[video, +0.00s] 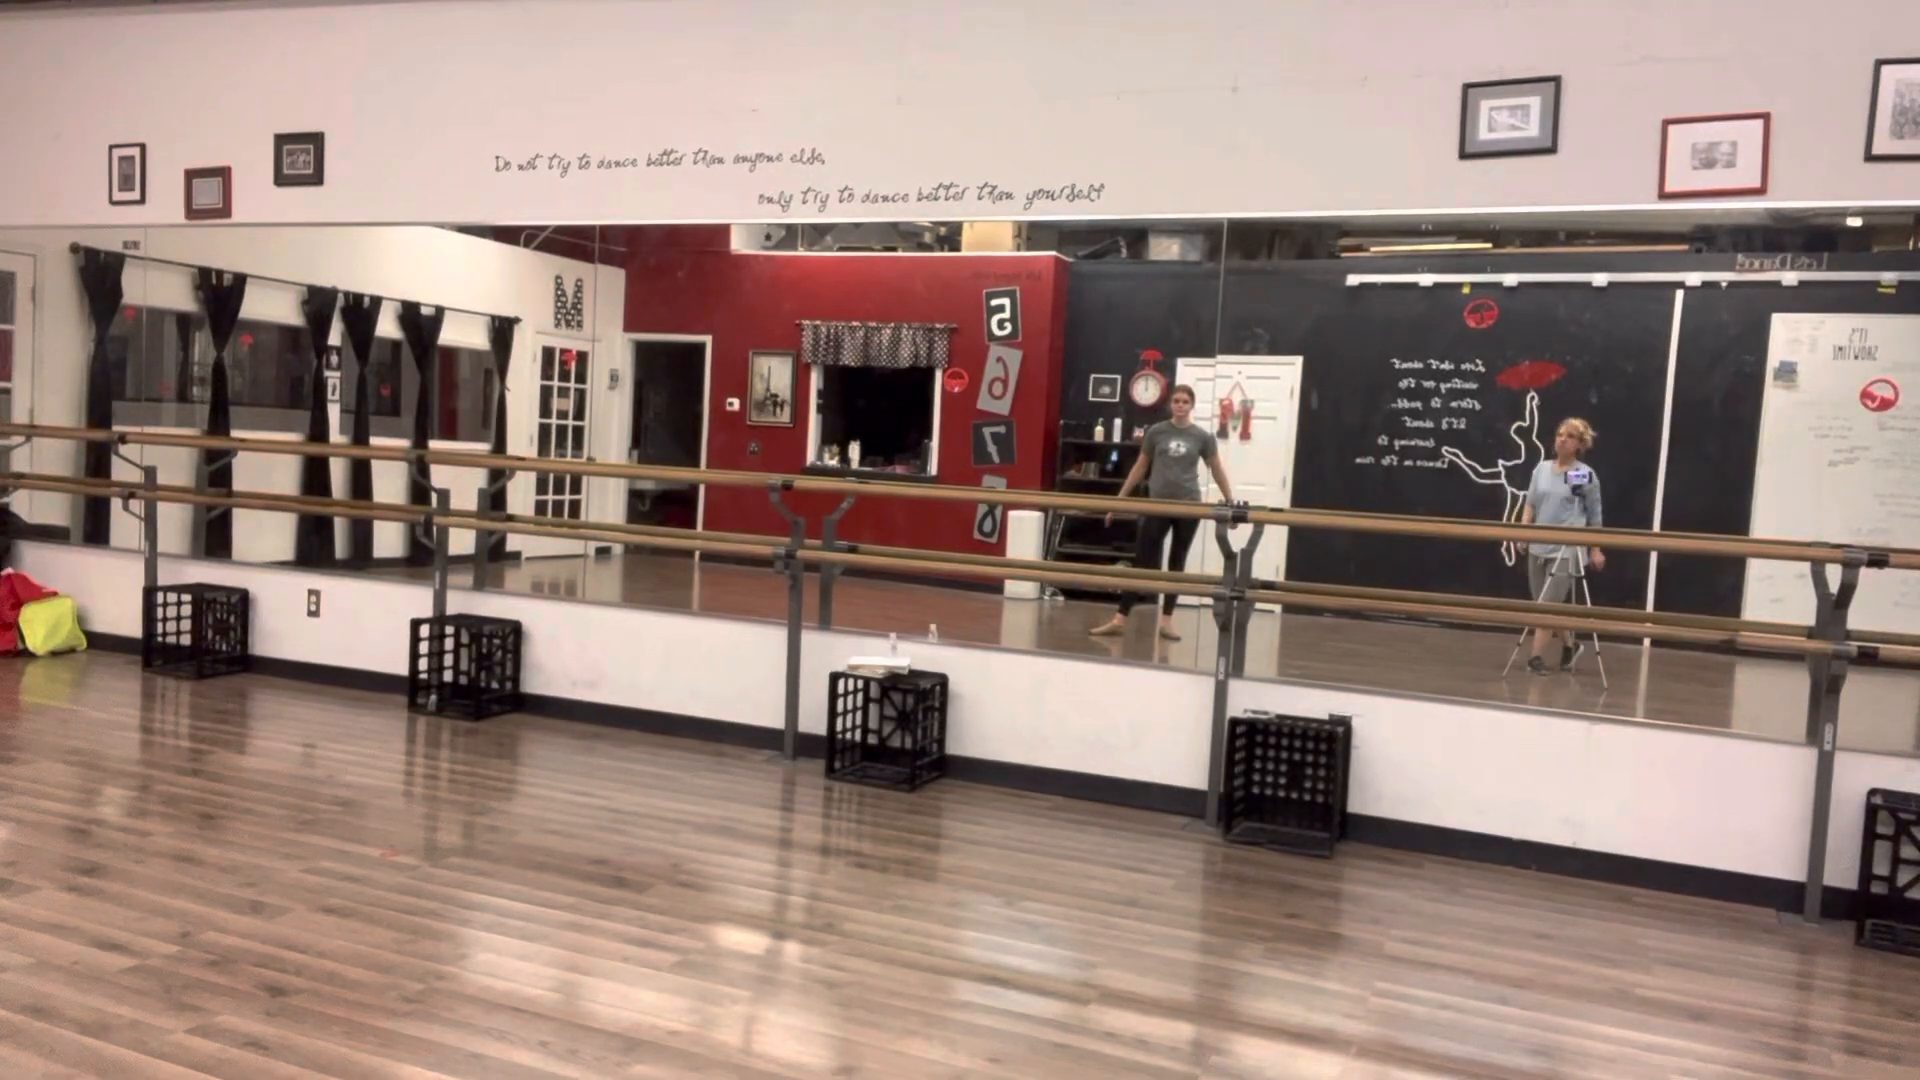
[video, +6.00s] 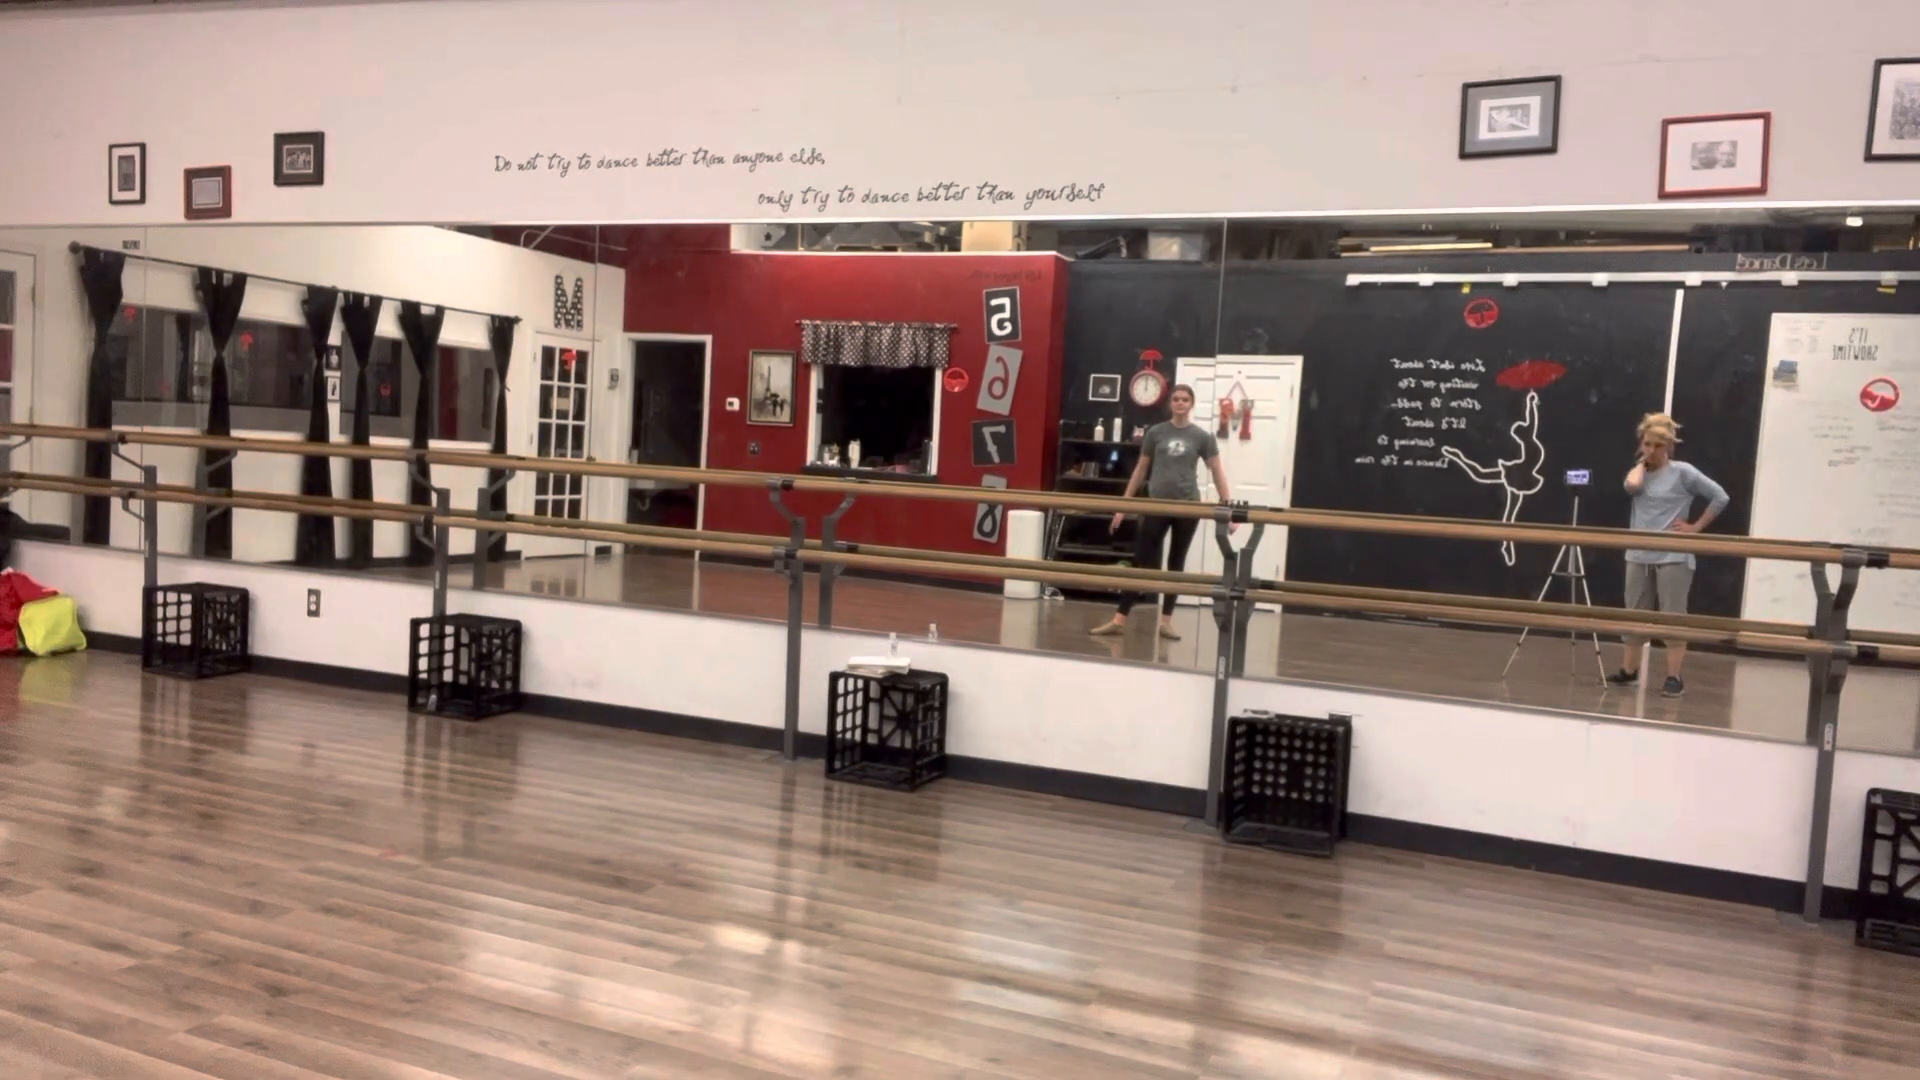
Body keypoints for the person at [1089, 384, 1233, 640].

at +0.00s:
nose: (1180, 406)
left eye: (1185, 402)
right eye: (1176, 402)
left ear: (1192, 406)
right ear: (1170, 404)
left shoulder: (1203, 436)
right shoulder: (1155, 432)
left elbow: (1217, 470)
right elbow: (1140, 467)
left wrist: (1230, 501)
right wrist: (1119, 502)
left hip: (1188, 509)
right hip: (1157, 506)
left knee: (1176, 563)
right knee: (1142, 559)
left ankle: (1166, 620)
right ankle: (1120, 618)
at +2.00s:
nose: (1180, 405)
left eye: (1184, 401)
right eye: (1176, 401)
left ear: (1192, 405)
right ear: (1170, 404)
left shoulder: (1202, 439)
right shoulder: (1154, 432)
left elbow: (1208, 481)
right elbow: (1145, 470)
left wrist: (1202, 515)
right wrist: (1140, 507)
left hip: (1185, 509)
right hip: (1155, 507)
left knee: (1176, 565)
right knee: (1141, 560)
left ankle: (1166, 620)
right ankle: (1120, 617)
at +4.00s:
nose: (1192, 407)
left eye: (1195, 403)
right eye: (1188, 403)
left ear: (1195, 406)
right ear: (1174, 404)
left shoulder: (1200, 437)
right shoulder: (1154, 432)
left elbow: (1203, 476)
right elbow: (1148, 473)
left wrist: (1188, 505)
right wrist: (1158, 503)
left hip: (1187, 507)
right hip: (1158, 505)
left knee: (1176, 564)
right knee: (1142, 559)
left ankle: (1166, 620)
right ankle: (1120, 617)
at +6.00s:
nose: (1180, 403)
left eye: (1185, 400)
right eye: (1176, 399)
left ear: (1192, 405)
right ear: (1170, 403)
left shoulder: (1202, 436)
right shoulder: (1155, 433)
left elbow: (1217, 473)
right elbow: (1140, 471)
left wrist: (1227, 507)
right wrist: (1123, 507)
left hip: (1187, 509)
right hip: (1156, 506)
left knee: (1176, 563)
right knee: (1141, 559)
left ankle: (1165, 620)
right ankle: (1120, 618)